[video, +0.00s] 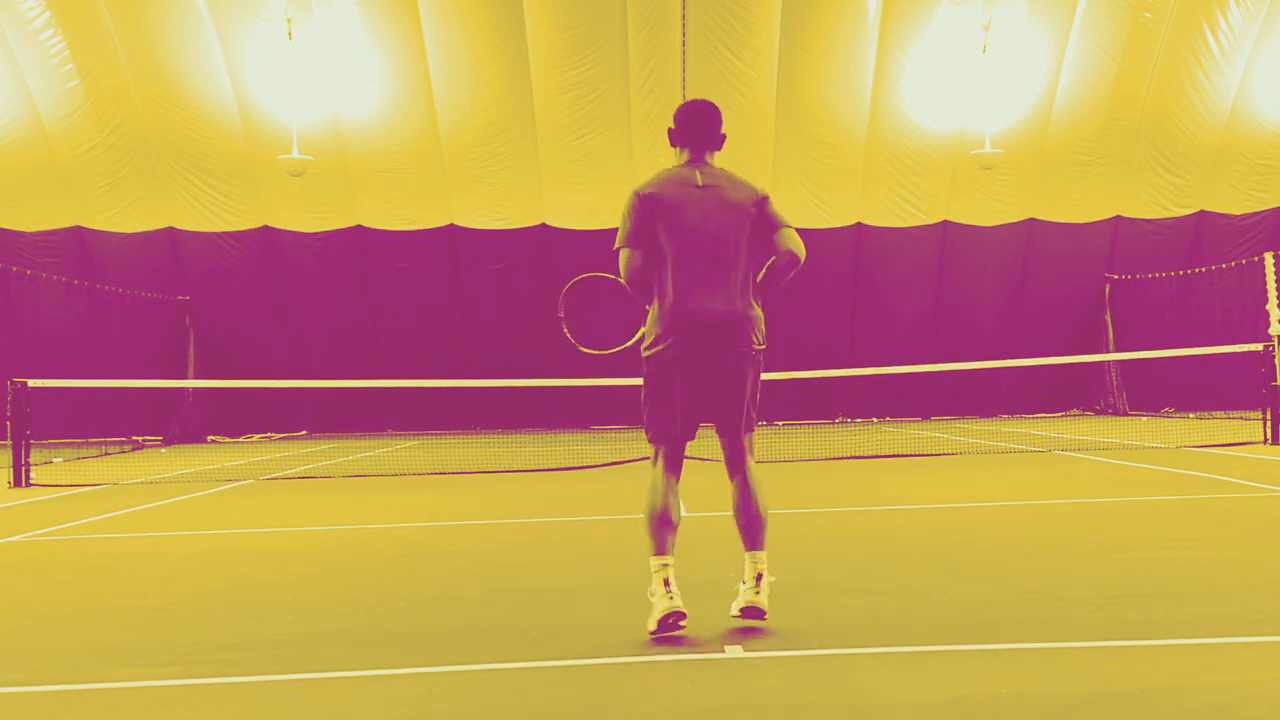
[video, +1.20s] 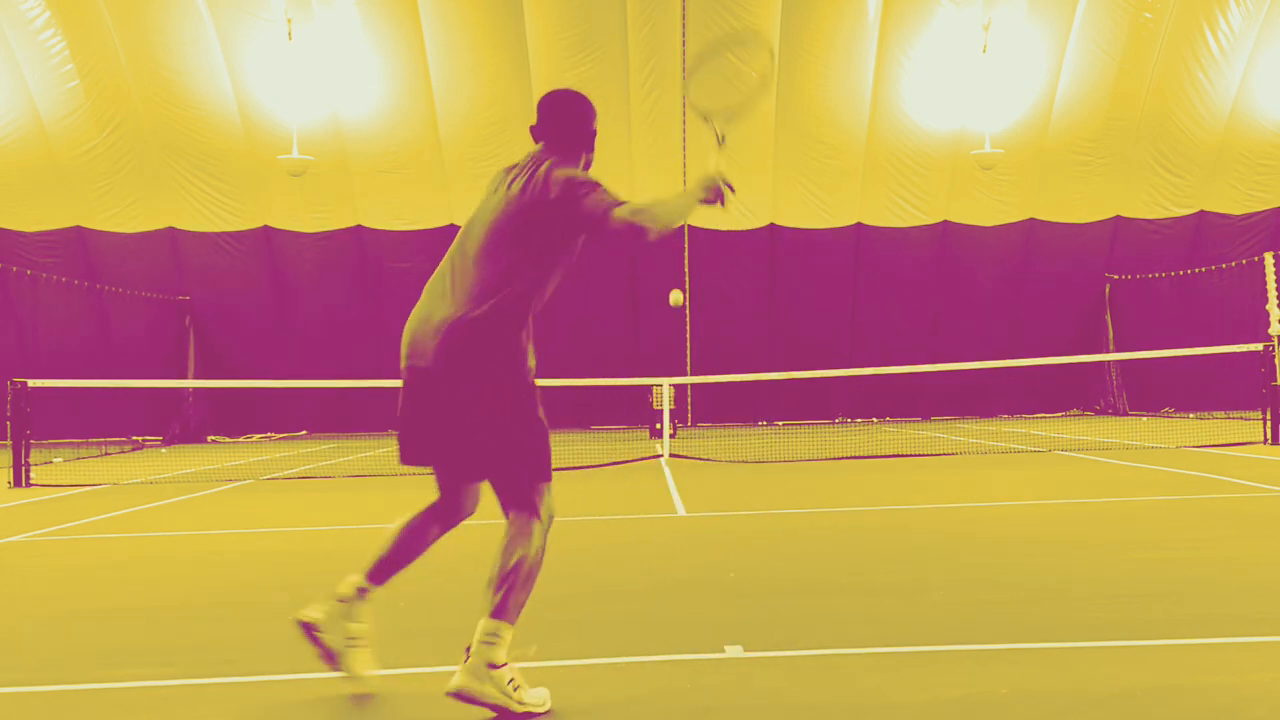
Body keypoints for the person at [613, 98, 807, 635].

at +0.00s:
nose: (692, 149)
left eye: (681, 137)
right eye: (711, 140)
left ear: (673, 140)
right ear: (721, 142)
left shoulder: (647, 196)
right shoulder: (750, 195)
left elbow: (632, 275)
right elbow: (793, 252)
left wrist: (661, 295)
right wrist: (755, 291)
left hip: (673, 340)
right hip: (736, 338)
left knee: (666, 464)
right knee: (741, 461)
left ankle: (664, 590)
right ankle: (756, 583)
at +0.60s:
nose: (676, 180)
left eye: (659, 169)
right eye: (685, 170)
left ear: (642, 173)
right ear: (692, 174)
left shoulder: (609, 232)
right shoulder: (719, 236)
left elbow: (600, 324)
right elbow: (743, 320)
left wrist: (636, 357)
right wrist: (696, 343)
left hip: (630, 378)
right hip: (700, 376)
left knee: (619, 497)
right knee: (709, 491)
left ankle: (576, 575)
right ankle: (733, 603)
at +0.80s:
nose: (642, 173)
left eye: (629, 165)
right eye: (644, 166)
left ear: (592, 167)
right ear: (644, 167)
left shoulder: (556, 227)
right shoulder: (655, 225)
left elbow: (552, 310)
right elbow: (679, 318)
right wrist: (661, 366)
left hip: (563, 383)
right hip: (634, 377)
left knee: (594, 511)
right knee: (678, 492)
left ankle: (548, 622)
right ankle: (704, 614)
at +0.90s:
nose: (626, 165)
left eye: (621, 155)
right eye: (627, 156)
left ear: (575, 158)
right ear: (625, 158)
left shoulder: (541, 213)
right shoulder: (628, 214)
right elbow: (657, 309)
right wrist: (653, 345)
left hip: (526, 368)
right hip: (589, 363)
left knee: (582, 504)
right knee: (647, 488)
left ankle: (543, 637)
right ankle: (630, 620)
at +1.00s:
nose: (614, 134)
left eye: (607, 125)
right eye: (616, 125)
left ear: (564, 124)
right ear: (616, 126)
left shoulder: (531, 177)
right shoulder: (610, 182)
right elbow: (654, 276)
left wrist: (654, 281)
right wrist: (681, 302)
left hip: (486, 324)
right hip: (549, 324)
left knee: (536, 479)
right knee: (602, 471)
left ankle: (531, 619)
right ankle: (561, 603)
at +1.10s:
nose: (603, 124)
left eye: (596, 114)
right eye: (605, 114)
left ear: (551, 113)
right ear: (606, 115)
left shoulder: (517, 159)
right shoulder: (603, 170)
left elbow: (543, 228)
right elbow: (675, 244)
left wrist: (612, 225)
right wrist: (709, 242)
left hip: (449, 319)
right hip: (514, 320)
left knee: (494, 471)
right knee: (562, 473)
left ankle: (460, 615)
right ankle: (525, 609)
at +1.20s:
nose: (591, 148)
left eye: (588, 138)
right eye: (590, 138)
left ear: (537, 134)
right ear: (587, 137)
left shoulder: (509, 178)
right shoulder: (564, 182)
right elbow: (639, 220)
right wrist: (697, 193)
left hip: (428, 350)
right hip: (488, 357)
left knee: (455, 501)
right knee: (531, 510)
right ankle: (486, 662)